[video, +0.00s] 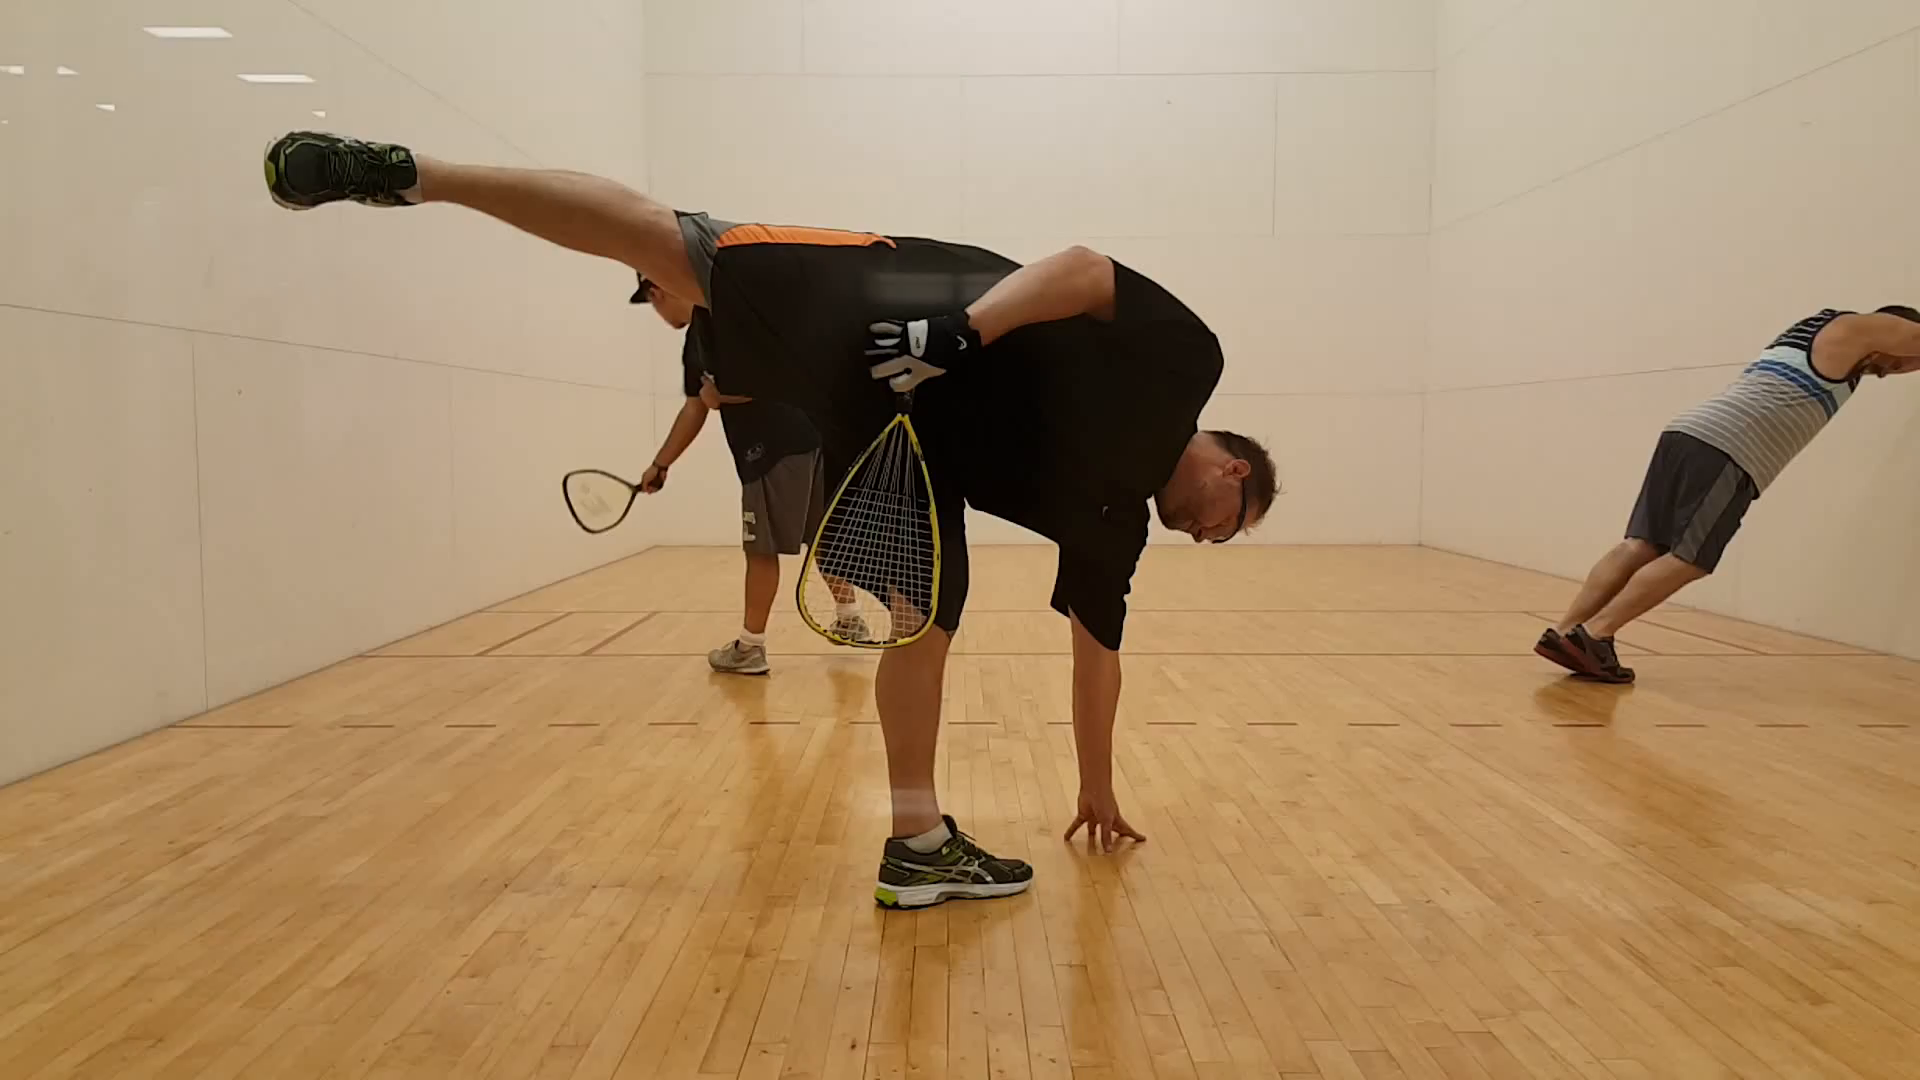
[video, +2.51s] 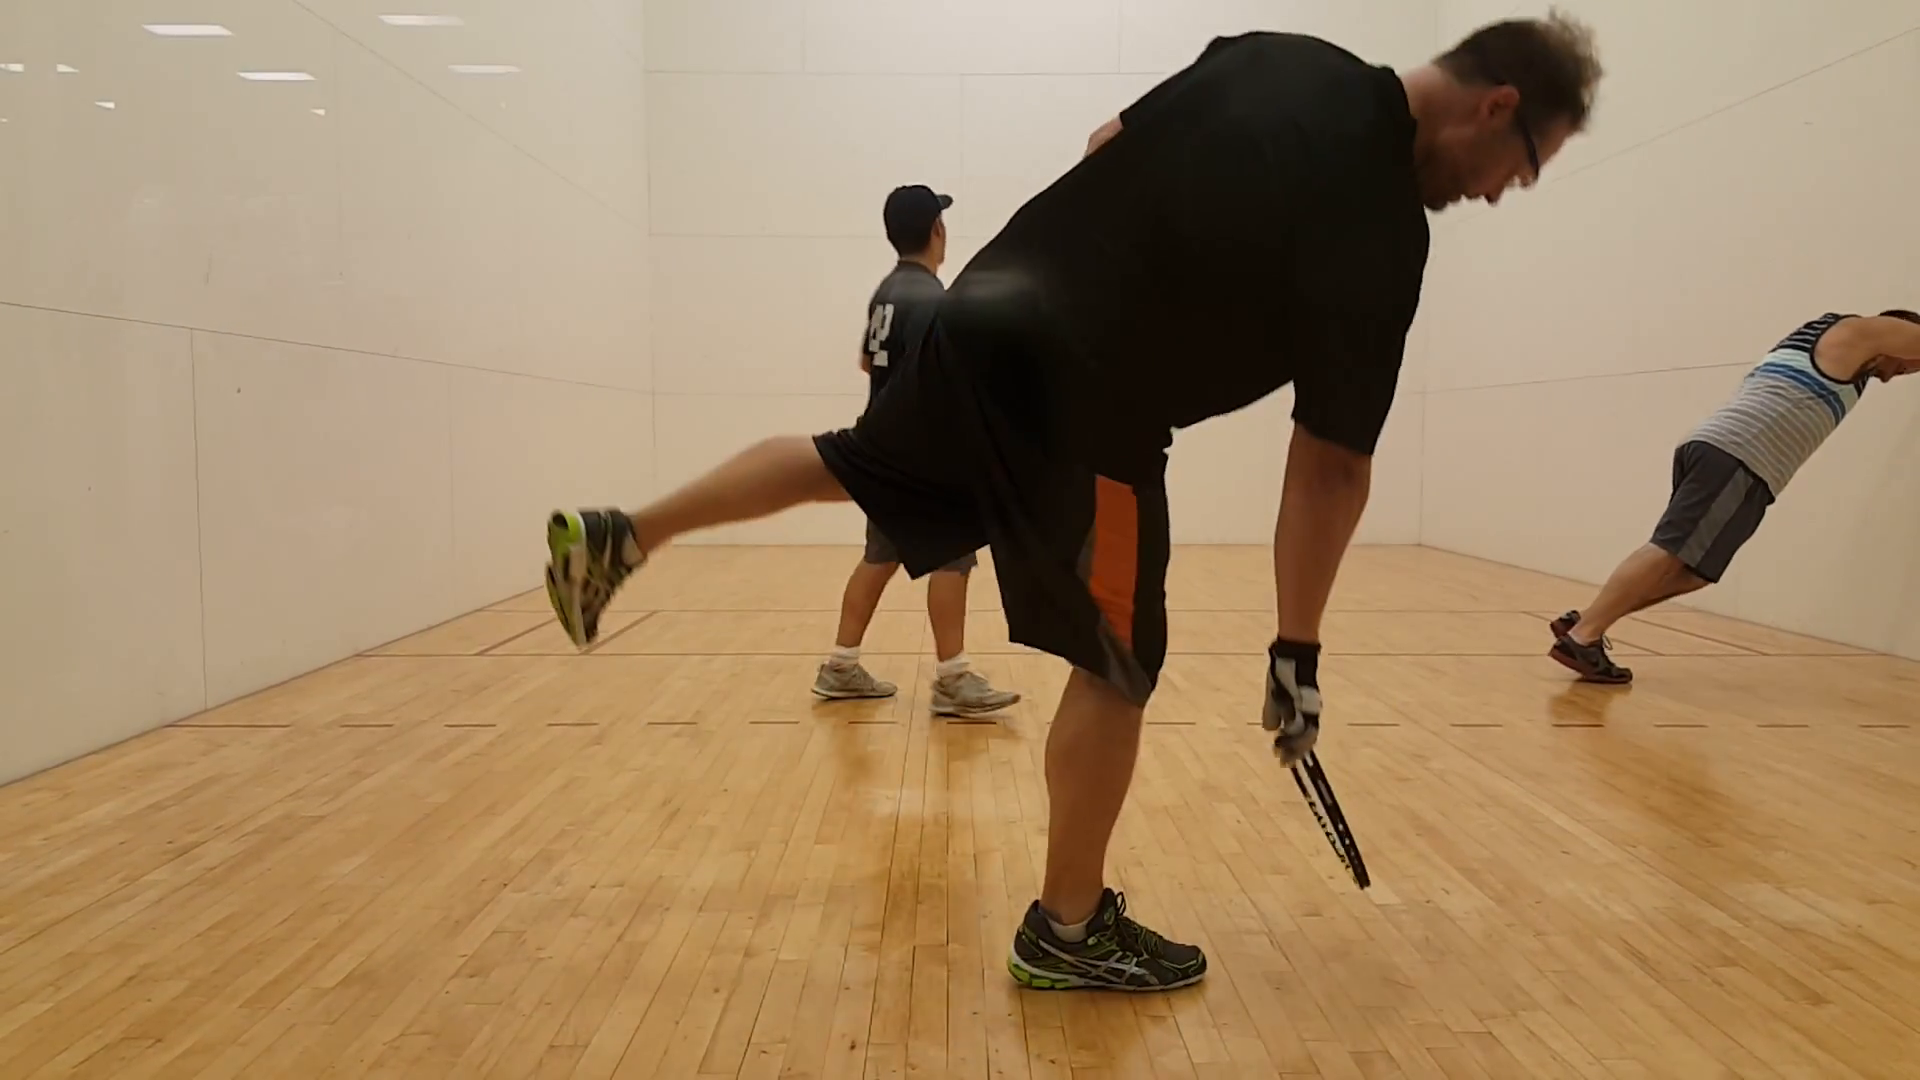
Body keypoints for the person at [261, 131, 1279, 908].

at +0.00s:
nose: (1225, 517)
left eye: (1233, 525)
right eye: (1238, 496)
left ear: (1210, 519)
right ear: (1227, 442)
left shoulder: (1109, 531)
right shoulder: (1182, 357)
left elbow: (1094, 658)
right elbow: (1078, 273)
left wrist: (1100, 792)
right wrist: (961, 332)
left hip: (882, 414)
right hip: (871, 301)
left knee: (924, 606)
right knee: (676, 247)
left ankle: (915, 841)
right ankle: (401, 175)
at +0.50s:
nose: (1210, 512)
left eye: (1219, 523)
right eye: (1227, 494)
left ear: (1200, 514)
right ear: (1223, 441)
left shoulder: (1103, 529)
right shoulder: (1184, 355)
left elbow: (1091, 659)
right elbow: (1084, 268)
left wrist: (1103, 798)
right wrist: (956, 333)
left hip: (874, 398)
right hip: (887, 295)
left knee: (922, 611)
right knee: (669, 234)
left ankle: (913, 840)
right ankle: (398, 155)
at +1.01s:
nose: (1238, 386)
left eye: (1251, 381)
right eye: (1252, 364)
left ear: (1240, 337)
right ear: (1243, 309)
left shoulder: (1127, 389)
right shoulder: (1183, 254)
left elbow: (1016, 476)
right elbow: (1071, 265)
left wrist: (955, 599)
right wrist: (986, 404)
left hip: (968, 433)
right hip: (915, 356)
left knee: (943, 621)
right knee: (809, 571)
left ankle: (922, 848)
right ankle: (581, 480)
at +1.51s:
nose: (1252, 81)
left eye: (1261, 66)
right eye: (1259, 56)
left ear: (1185, 7)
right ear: (1229, 11)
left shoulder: (1085, 70)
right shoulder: (1170, 78)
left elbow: (1035, 257)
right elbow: (1130, 259)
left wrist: (1117, 428)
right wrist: (1152, 426)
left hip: (958, 390)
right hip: (1046, 397)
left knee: (958, 619)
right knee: (1074, 658)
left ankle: (928, 842)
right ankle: (1065, 917)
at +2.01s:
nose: (1385, 34)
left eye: (1394, 21)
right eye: (1390, 11)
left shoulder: (1181, 22)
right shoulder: (1266, 60)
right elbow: (1206, 280)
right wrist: (1201, 472)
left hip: (1007, 371)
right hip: (1098, 403)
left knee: (951, 593)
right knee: (1082, 665)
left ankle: (811, 786)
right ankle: (1065, 916)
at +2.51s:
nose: (1505, 192)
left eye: (1524, 176)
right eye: (1523, 165)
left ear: (1459, 78)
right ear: (1493, 110)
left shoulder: (1281, 56)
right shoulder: (1378, 242)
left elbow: (1111, 145)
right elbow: (1326, 462)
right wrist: (1296, 652)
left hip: (978, 310)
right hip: (1086, 390)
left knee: (855, 463)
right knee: (1115, 655)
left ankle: (624, 536)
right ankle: (1068, 926)